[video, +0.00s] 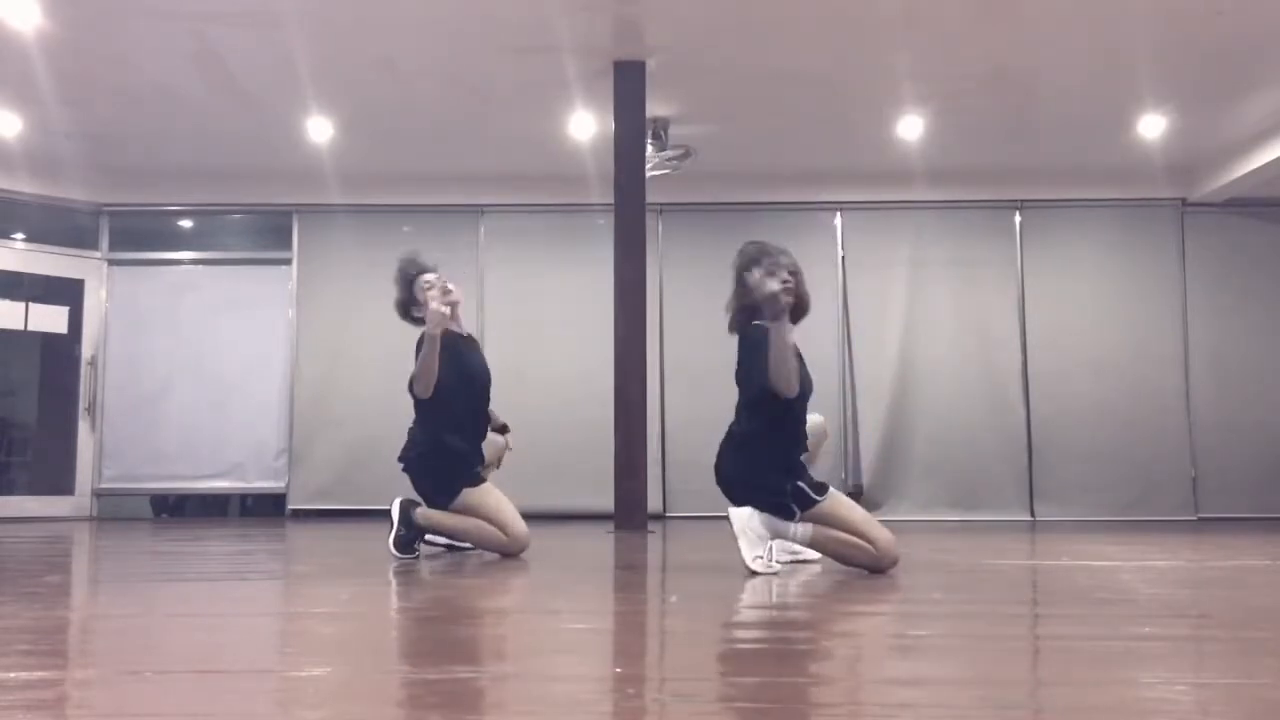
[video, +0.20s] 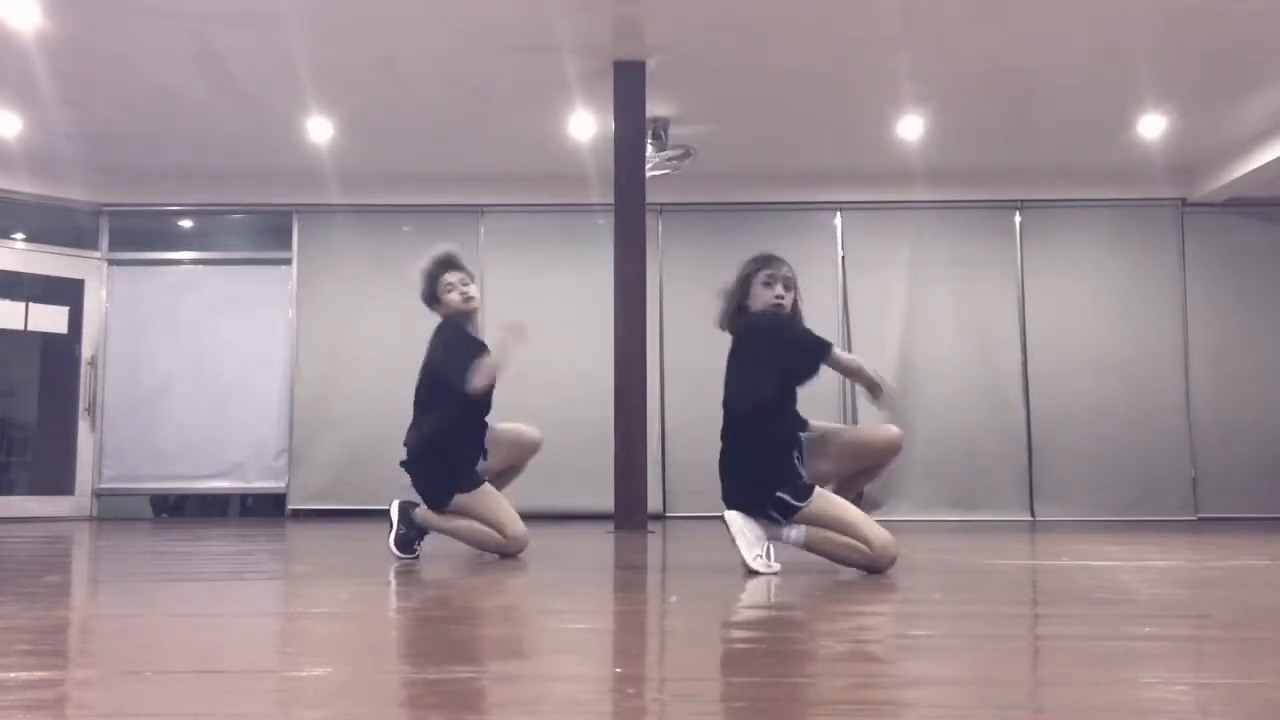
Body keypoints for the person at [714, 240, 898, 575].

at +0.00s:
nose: (787, 278)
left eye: (791, 270)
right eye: (772, 271)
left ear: (798, 280)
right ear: (749, 286)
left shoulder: (761, 330)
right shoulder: (764, 332)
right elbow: (787, 388)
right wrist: (779, 320)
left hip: (743, 459)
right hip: (764, 475)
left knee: (815, 429)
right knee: (884, 553)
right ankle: (766, 525)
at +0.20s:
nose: (780, 292)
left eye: (787, 286)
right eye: (767, 282)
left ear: (794, 297)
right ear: (744, 295)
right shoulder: (772, 327)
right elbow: (847, 365)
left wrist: (853, 435)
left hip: (784, 450)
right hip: (765, 480)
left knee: (888, 440)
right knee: (883, 553)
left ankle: (833, 520)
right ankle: (764, 529)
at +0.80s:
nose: (850, 301)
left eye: (858, 292)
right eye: (839, 292)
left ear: (869, 294)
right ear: (822, 297)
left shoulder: (884, 319)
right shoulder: (814, 367)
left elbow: (909, 349)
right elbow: (805, 454)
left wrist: (833, 361)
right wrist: (781, 521)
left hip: (907, 449)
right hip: (850, 449)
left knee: (993, 515)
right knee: (875, 464)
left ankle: (913, 526)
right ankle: (788, 532)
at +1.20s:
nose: (826, 259)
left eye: (836, 252)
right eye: (818, 249)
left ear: (848, 259)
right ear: (801, 252)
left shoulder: (857, 313)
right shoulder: (780, 301)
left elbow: (913, 357)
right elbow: (745, 358)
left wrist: (956, 396)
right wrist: (790, 341)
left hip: (859, 422)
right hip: (803, 419)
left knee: (849, 507)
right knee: (774, 448)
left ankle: (914, 507)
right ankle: (790, 542)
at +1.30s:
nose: (829, 249)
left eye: (839, 241)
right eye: (821, 238)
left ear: (850, 248)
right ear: (803, 240)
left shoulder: (861, 307)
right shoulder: (781, 278)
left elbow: (887, 367)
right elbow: (814, 327)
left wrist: (864, 427)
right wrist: (888, 321)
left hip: (848, 395)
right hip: (792, 393)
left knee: (806, 457)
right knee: (767, 453)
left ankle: (872, 518)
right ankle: (790, 541)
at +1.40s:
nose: (838, 251)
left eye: (847, 242)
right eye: (827, 241)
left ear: (858, 249)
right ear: (808, 247)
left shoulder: (868, 318)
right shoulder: (788, 281)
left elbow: (861, 400)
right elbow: (834, 336)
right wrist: (908, 351)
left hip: (838, 410)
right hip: (783, 409)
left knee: (847, 445)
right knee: (721, 457)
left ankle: (843, 534)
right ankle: (790, 535)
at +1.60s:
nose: (836, 309)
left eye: (846, 301)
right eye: (827, 299)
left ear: (857, 307)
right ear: (811, 302)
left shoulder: (864, 374)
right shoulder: (789, 337)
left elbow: (851, 443)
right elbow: (772, 394)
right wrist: (752, 443)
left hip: (843, 482)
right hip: (779, 478)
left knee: (941, 490)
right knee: (678, 494)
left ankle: (848, 531)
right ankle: (775, 530)